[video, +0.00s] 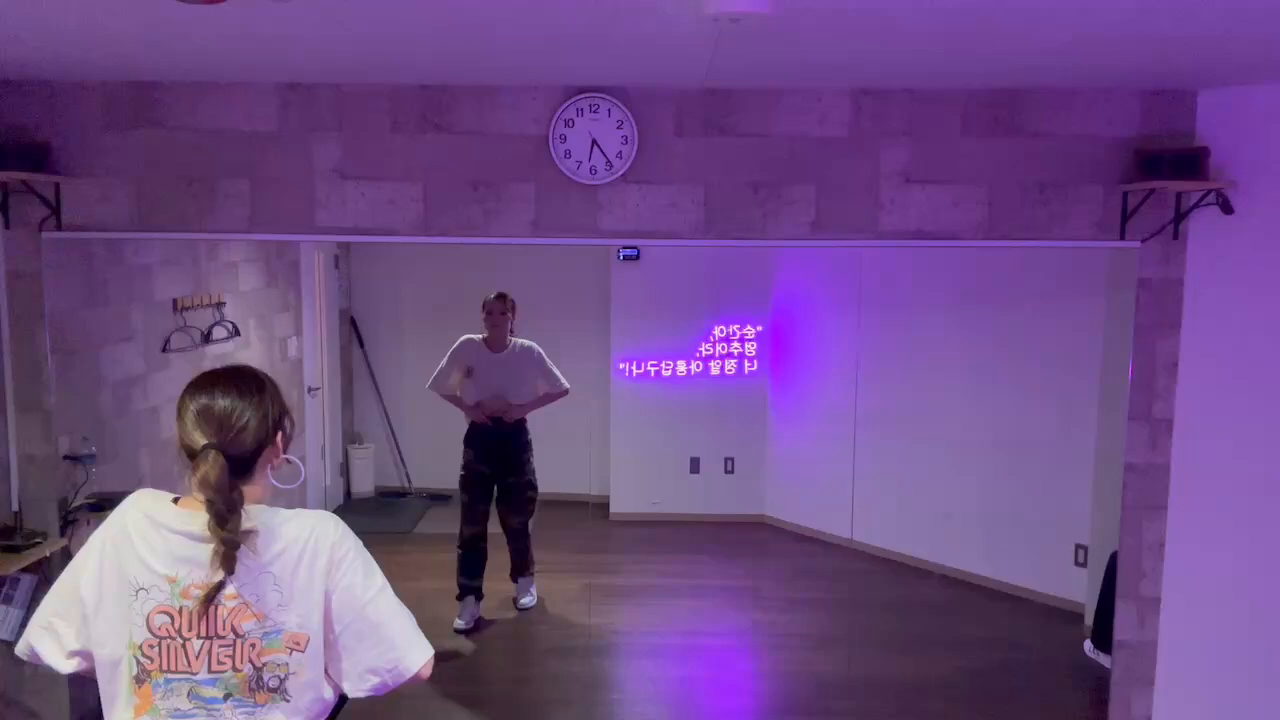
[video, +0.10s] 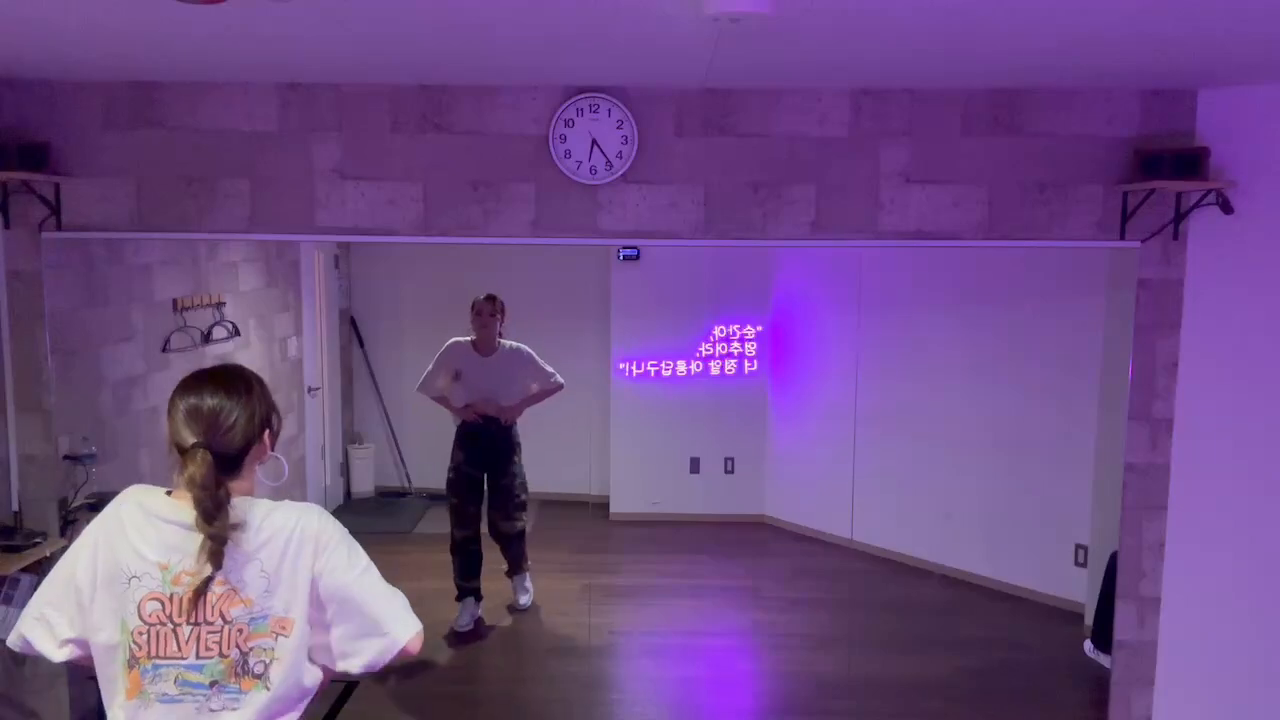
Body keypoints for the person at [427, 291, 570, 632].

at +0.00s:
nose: (493, 319)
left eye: (499, 313)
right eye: (488, 313)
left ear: (512, 318)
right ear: (482, 317)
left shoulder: (528, 352)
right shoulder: (468, 347)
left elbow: (560, 388)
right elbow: (439, 386)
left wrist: (522, 409)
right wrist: (468, 408)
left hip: (514, 441)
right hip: (479, 440)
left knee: (516, 518)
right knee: (472, 521)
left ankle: (524, 583)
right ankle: (470, 599)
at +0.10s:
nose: (483, 320)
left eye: (489, 315)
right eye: (478, 314)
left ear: (501, 320)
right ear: (470, 319)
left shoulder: (517, 354)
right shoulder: (456, 350)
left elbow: (555, 383)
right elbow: (428, 387)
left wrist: (519, 405)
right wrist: (457, 409)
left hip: (503, 440)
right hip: (468, 439)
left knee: (506, 520)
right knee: (463, 524)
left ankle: (519, 575)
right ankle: (468, 602)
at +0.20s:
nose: (476, 320)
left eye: (483, 314)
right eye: (471, 314)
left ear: (495, 320)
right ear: (464, 320)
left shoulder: (510, 353)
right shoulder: (449, 351)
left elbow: (553, 376)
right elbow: (423, 388)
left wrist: (518, 403)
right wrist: (452, 411)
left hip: (499, 438)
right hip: (463, 438)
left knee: (502, 518)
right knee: (460, 523)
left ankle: (509, 580)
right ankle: (468, 601)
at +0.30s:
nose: (472, 319)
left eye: (479, 314)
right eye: (467, 314)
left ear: (490, 321)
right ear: (459, 320)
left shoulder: (507, 352)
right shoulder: (444, 351)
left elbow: (549, 373)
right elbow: (415, 383)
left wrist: (516, 401)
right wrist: (445, 409)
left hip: (497, 441)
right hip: (461, 442)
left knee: (498, 522)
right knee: (460, 524)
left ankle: (498, 596)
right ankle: (467, 601)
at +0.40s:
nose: (469, 321)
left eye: (476, 316)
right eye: (463, 316)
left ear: (487, 322)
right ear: (455, 321)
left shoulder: (505, 353)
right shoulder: (441, 352)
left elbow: (547, 371)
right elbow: (410, 376)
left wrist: (517, 401)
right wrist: (439, 405)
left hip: (495, 438)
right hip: (460, 438)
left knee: (494, 523)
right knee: (460, 523)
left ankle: (492, 601)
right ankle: (467, 602)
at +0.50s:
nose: (468, 323)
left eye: (475, 317)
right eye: (462, 318)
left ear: (486, 323)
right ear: (455, 323)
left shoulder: (504, 353)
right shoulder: (442, 352)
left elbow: (545, 367)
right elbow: (412, 370)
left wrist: (517, 399)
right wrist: (438, 402)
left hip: (496, 440)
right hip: (459, 439)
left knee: (494, 525)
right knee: (458, 525)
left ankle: (492, 601)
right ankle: (467, 602)